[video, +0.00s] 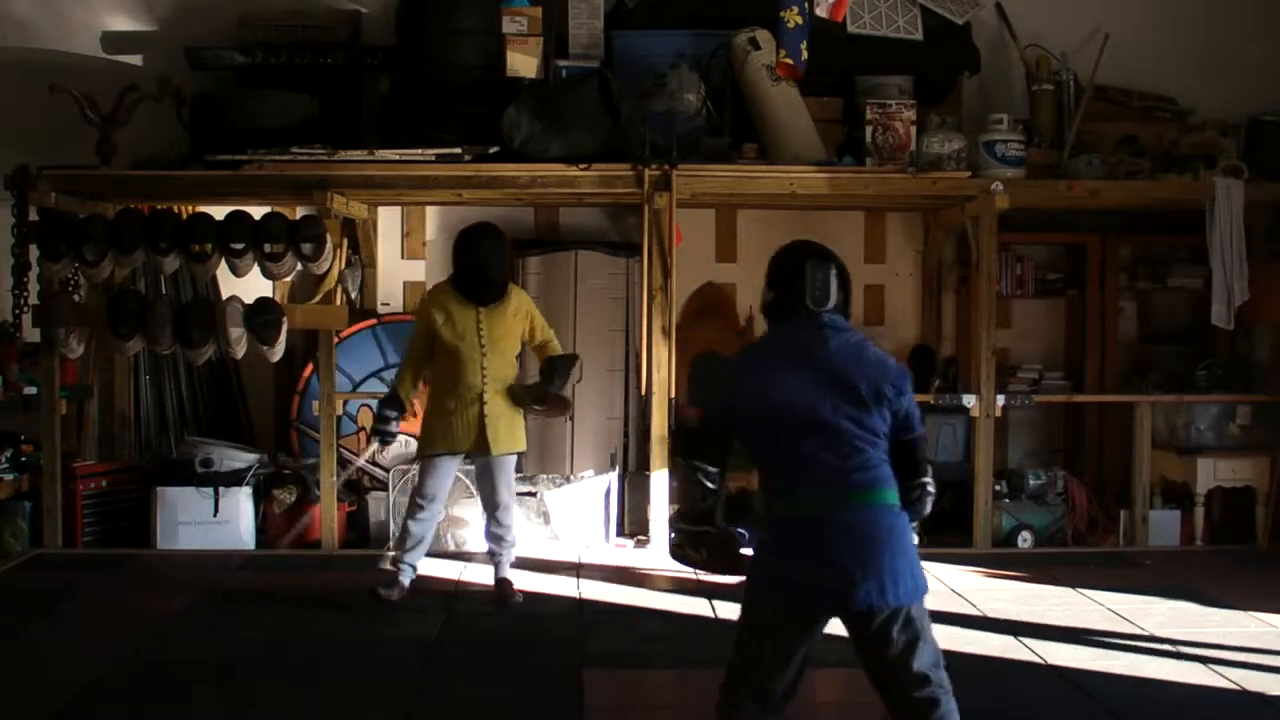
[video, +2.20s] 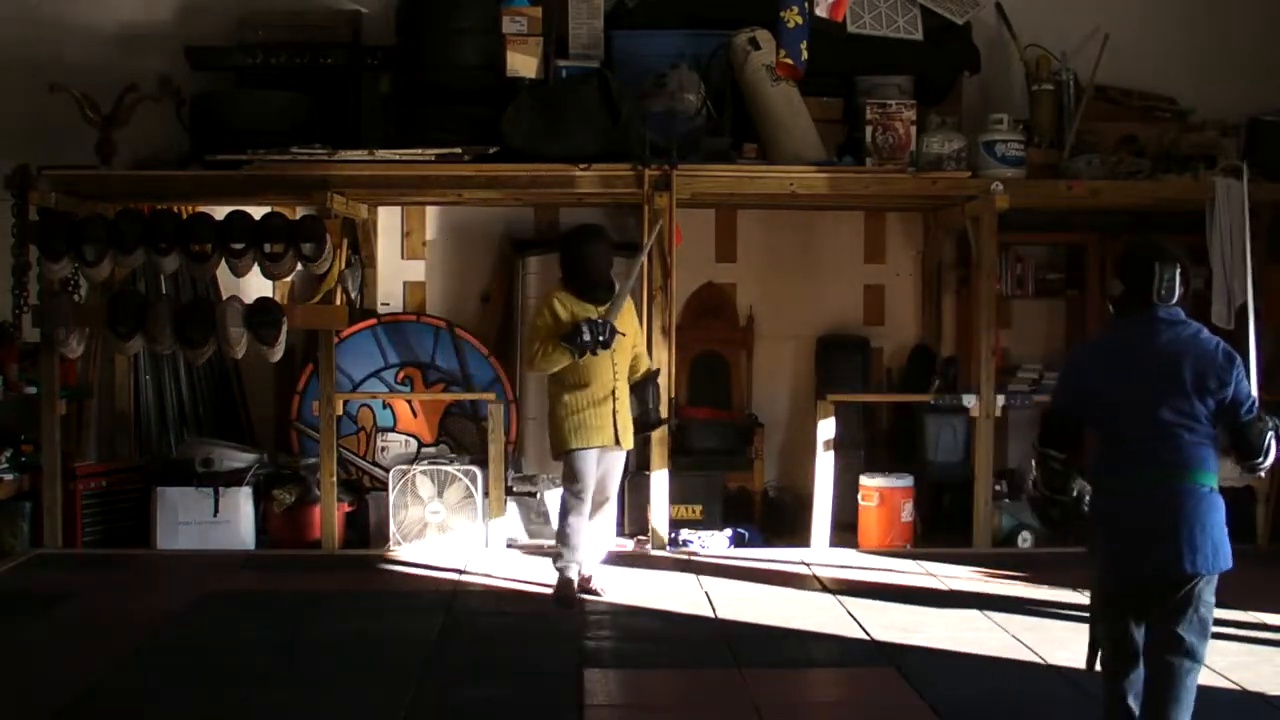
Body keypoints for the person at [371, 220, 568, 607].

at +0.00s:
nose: (485, 275)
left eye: (492, 266)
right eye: (478, 266)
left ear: (502, 265)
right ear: (462, 264)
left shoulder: (517, 303)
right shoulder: (438, 301)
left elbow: (546, 342)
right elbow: (415, 360)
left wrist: (553, 377)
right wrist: (393, 406)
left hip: (500, 421)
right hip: (448, 420)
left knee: (502, 504)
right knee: (426, 498)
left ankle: (503, 575)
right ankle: (402, 574)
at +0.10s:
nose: (498, 270)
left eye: (504, 262)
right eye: (490, 261)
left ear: (513, 263)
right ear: (474, 261)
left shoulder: (527, 304)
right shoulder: (447, 301)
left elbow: (548, 350)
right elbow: (426, 358)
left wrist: (562, 382)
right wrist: (410, 402)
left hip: (507, 423)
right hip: (455, 421)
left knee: (506, 506)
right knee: (441, 505)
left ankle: (504, 576)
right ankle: (433, 576)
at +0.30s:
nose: (524, 266)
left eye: (526, 258)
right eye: (515, 258)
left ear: (529, 260)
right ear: (491, 260)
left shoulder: (536, 304)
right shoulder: (460, 299)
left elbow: (553, 357)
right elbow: (434, 351)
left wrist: (574, 409)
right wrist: (425, 399)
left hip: (519, 420)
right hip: (471, 420)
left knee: (512, 500)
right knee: (471, 499)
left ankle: (504, 572)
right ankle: (484, 559)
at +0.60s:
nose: (526, 268)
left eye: (529, 259)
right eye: (516, 260)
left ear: (533, 262)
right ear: (495, 262)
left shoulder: (541, 304)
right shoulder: (468, 300)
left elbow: (553, 359)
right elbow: (442, 353)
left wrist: (561, 407)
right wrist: (464, 363)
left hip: (527, 417)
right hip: (479, 417)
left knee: (518, 496)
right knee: (480, 496)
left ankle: (507, 571)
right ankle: (491, 548)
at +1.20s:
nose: (517, 269)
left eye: (524, 259)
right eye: (509, 260)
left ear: (534, 259)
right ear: (493, 262)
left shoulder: (552, 298)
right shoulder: (479, 302)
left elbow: (571, 348)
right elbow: (462, 359)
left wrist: (587, 392)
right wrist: (490, 344)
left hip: (542, 412)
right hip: (496, 414)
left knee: (541, 488)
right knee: (498, 491)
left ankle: (543, 567)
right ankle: (503, 565)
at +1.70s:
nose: (570, 270)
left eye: (574, 262)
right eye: (560, 262)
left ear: (580, 263)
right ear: (543, 265)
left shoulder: (592, 300)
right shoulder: (523, 302)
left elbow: (609, 353)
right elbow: (506, 362)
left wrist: (623, 393)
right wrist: (544, 345)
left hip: (588, 417)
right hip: (542, 420)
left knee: (587, 499)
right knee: (526, 498)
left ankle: (586, 570)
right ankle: (511, 566)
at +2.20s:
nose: (609, 265)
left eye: (609, 256)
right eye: (600, 258)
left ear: (613, 259)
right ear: (577, 262)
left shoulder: (622, 302)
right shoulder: (557, 303)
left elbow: (636, 355)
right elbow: (536, 360)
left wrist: (646, 380)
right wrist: (575, 342)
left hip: (618, 416)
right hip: (578, 417)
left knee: (605, 498)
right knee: (580, 495)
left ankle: (587, 571)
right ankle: (567, 576)